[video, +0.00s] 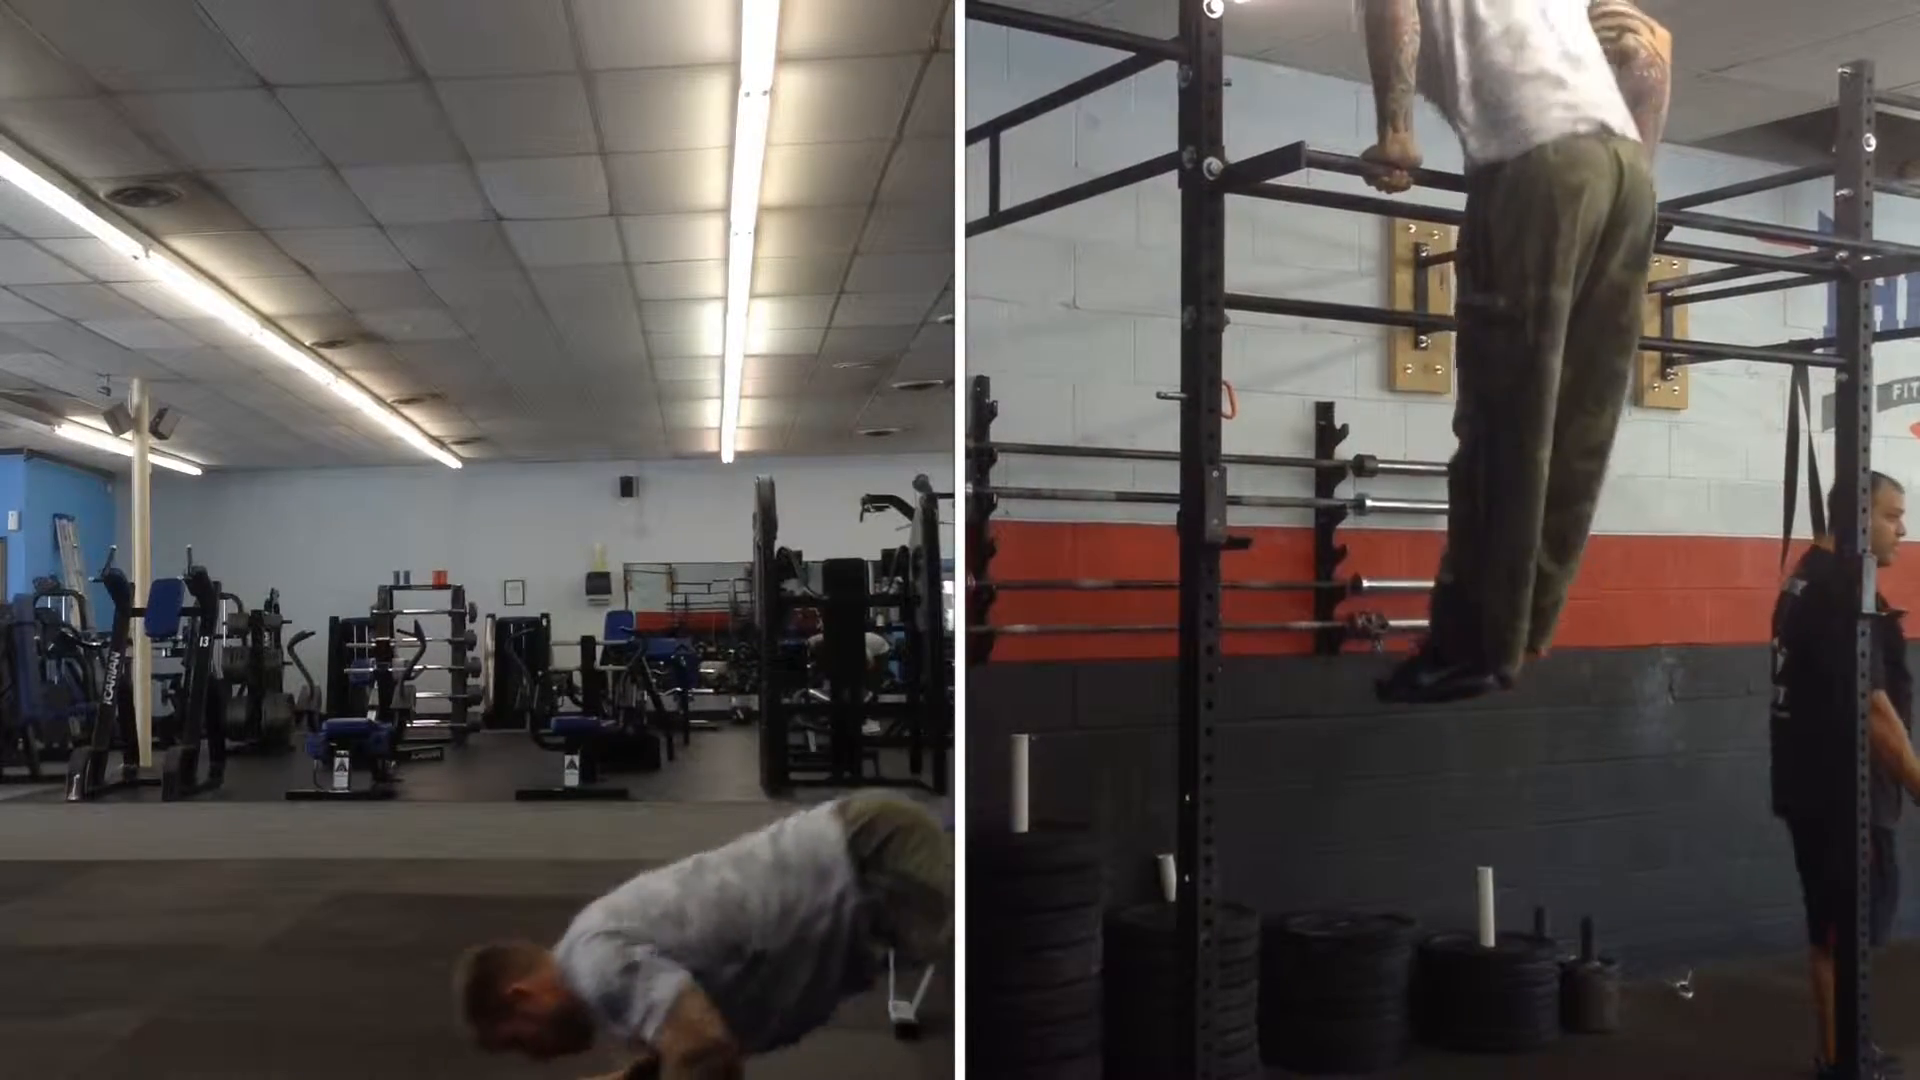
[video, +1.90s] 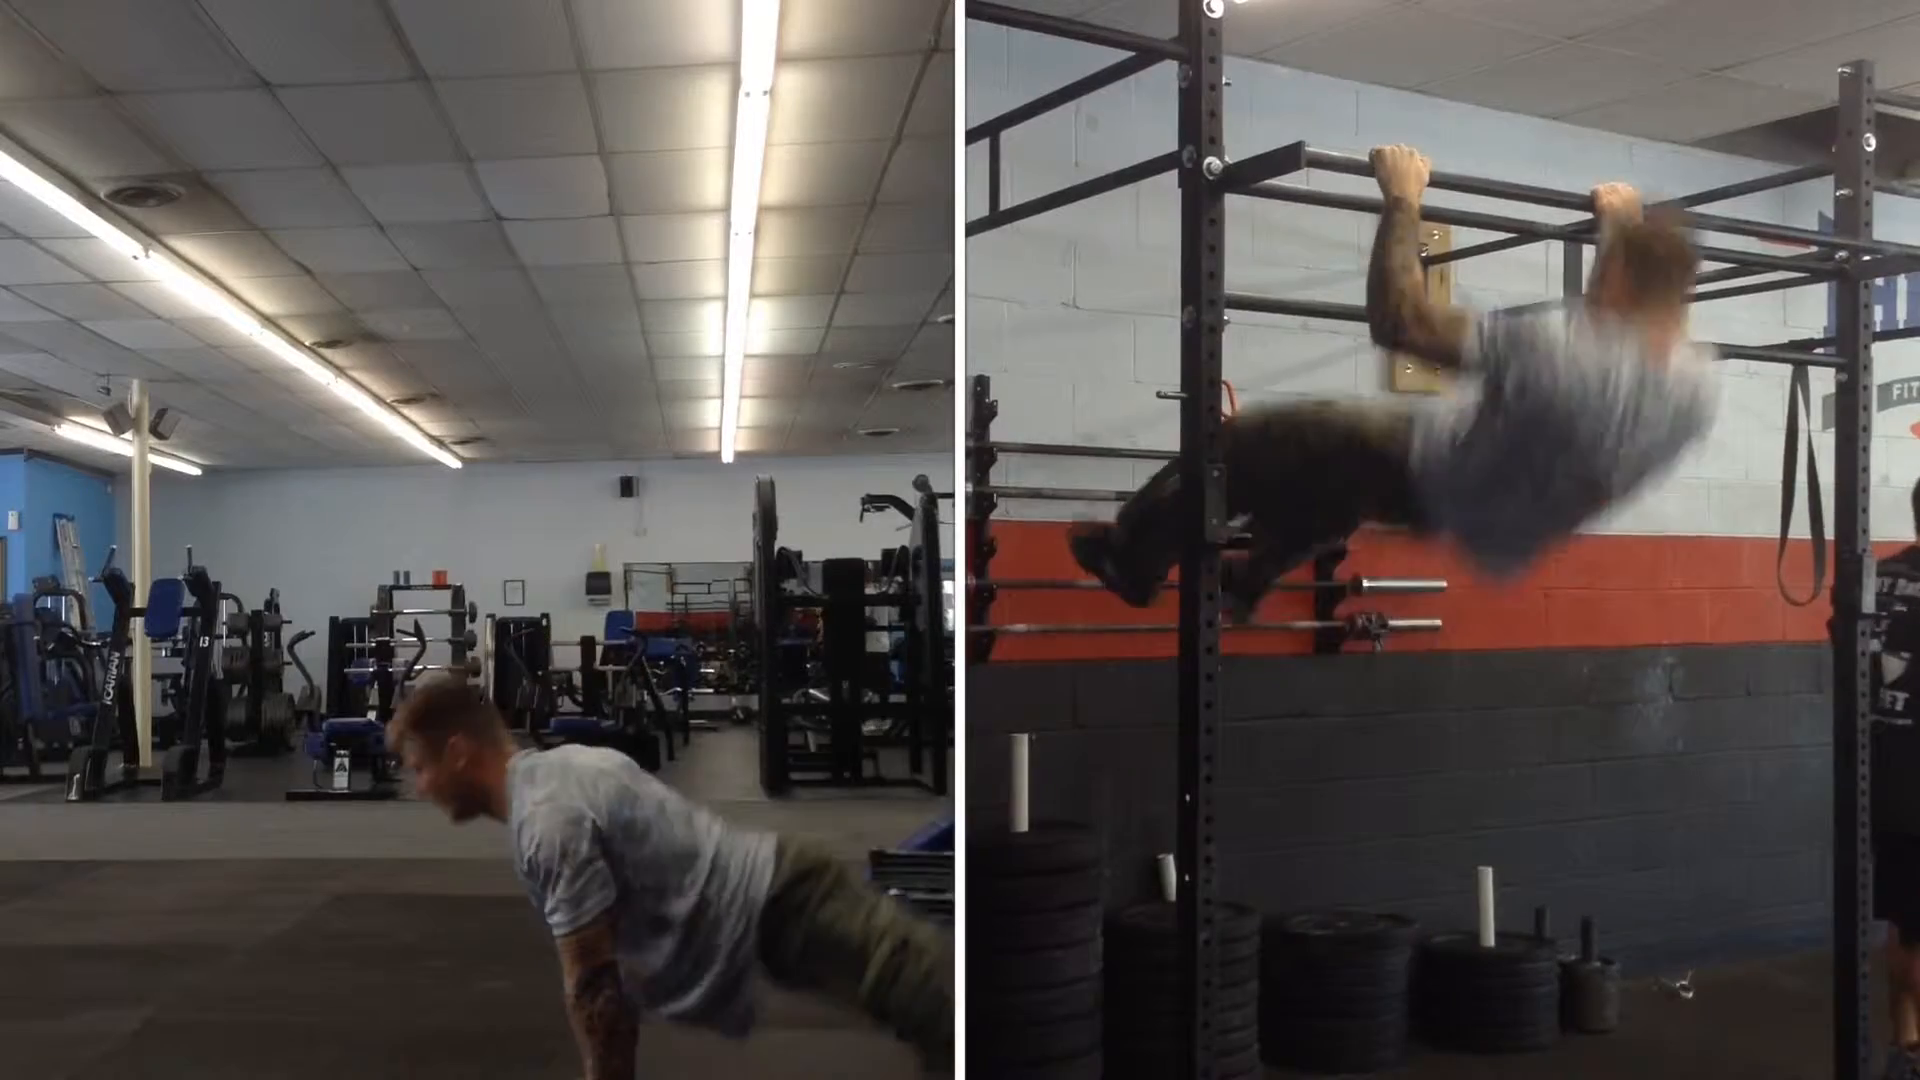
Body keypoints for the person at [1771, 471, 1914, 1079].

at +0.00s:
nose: (1902, 529)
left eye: (1902, 517)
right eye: (1893, 517)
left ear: (1850, 520)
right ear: (1856, 518)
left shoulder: (1811, 577)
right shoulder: (1848, 587)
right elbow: (1869, 703)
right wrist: (1914, 777)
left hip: (1808, 781)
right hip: (1842, 789)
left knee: (1830, 929)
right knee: (1848, 931)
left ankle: (1839, 1052)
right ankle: (1845, 1056)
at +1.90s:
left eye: (1919, 503)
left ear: (1912, 513)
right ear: (1916, 515)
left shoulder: (1886, 578)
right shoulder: (1888, 579)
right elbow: (1857, 679)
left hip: (1897, 785)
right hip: (1901, 786)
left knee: (1904, 927)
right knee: (1905, 927)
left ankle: (1905, 1042)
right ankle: (1905, 1043)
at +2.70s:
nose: (1892, 523)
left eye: (1887, 512)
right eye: (1888, 513)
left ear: (1826, 519)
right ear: (1876, 517)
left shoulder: (1790, 588)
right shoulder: (1902, 592)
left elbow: (1766, 665)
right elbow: (1907, 688)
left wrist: (1798, 727)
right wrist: (1898, 737)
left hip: (1814, 776)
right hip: (1894, 779)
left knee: (1813, 924)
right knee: (1904, 934)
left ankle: (1804, 1053)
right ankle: (1915, 1058)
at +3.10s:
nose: (1850, 525)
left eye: (1844, 513)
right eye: (1845, 514)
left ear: (1784, 519)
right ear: (1827, 515)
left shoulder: (1750, 587)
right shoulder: (1858, 581)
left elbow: (1735, 658)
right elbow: (1908, 681)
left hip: (1781, 780)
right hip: (1859, 783)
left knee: (1795, 922)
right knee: (1885, 919)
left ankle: (1803, 1054)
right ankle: (1890, 1057)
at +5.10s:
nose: (1907, 517)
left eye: (1903, 505)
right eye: (1901, 507)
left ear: (1841, 517)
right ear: (1876, 517)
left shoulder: (1805, 588)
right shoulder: (1905, 588)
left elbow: (1803, 671)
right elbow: (1911, 686)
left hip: (1824, 777)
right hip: (1897, 781)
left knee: (1819, 926)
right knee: (1898, 938)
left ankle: (1812, 1057)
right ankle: (1901, 1068)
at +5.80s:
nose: (1893, 536)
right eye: (1898, 525)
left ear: (1846, 525)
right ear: (1899, 527)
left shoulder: (1818, 588)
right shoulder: (1912, 586)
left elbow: (1825, 644)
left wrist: (1841, 571)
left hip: (1848, 763)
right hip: (1908, 762)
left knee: (1830, 901)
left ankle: (1817, 1042)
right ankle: (1820, 1036)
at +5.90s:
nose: (1917, 530)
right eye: (1915, 520)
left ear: (1865, 527)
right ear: (1911, 527)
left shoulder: (1845, 584)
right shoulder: (1910, 580)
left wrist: (1839, 533)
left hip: (1865, 762)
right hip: (1903, 761)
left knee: (1851, 894)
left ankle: (1822, 1025)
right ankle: (1823, 1023)